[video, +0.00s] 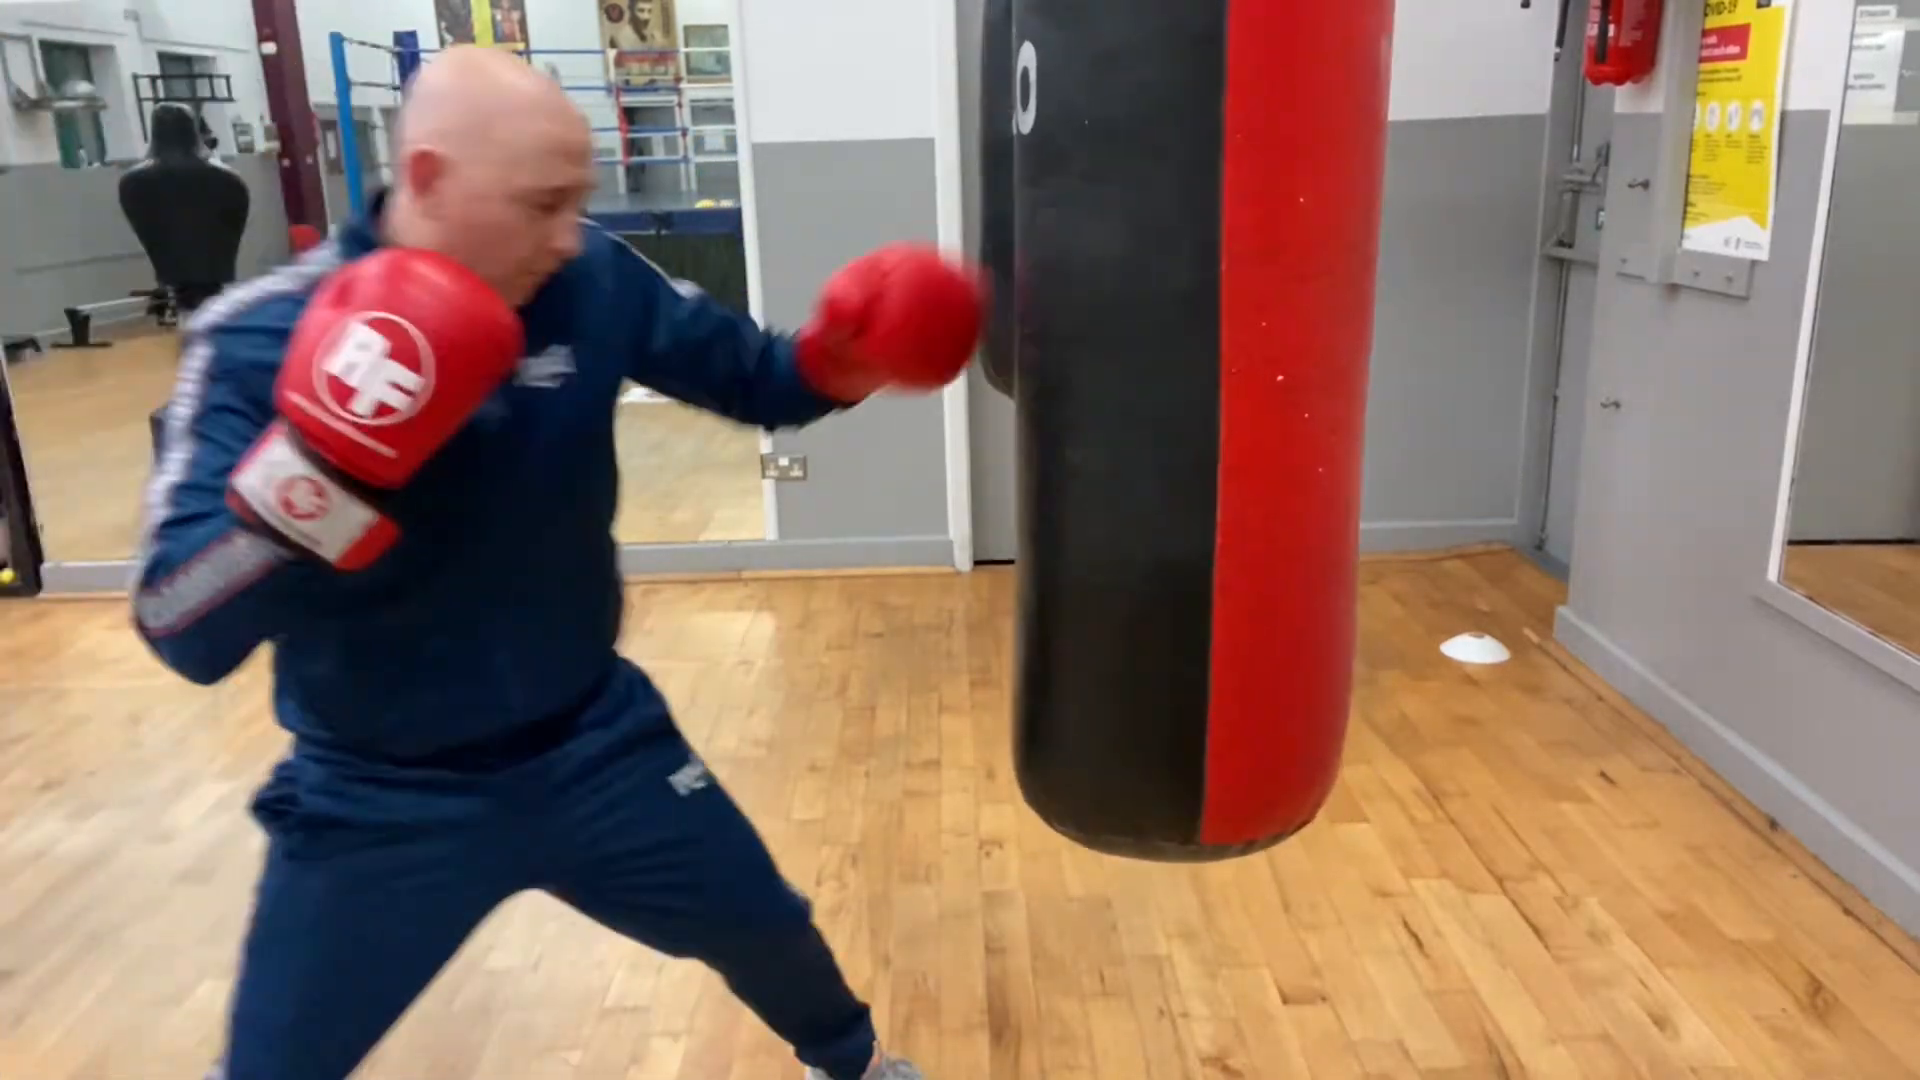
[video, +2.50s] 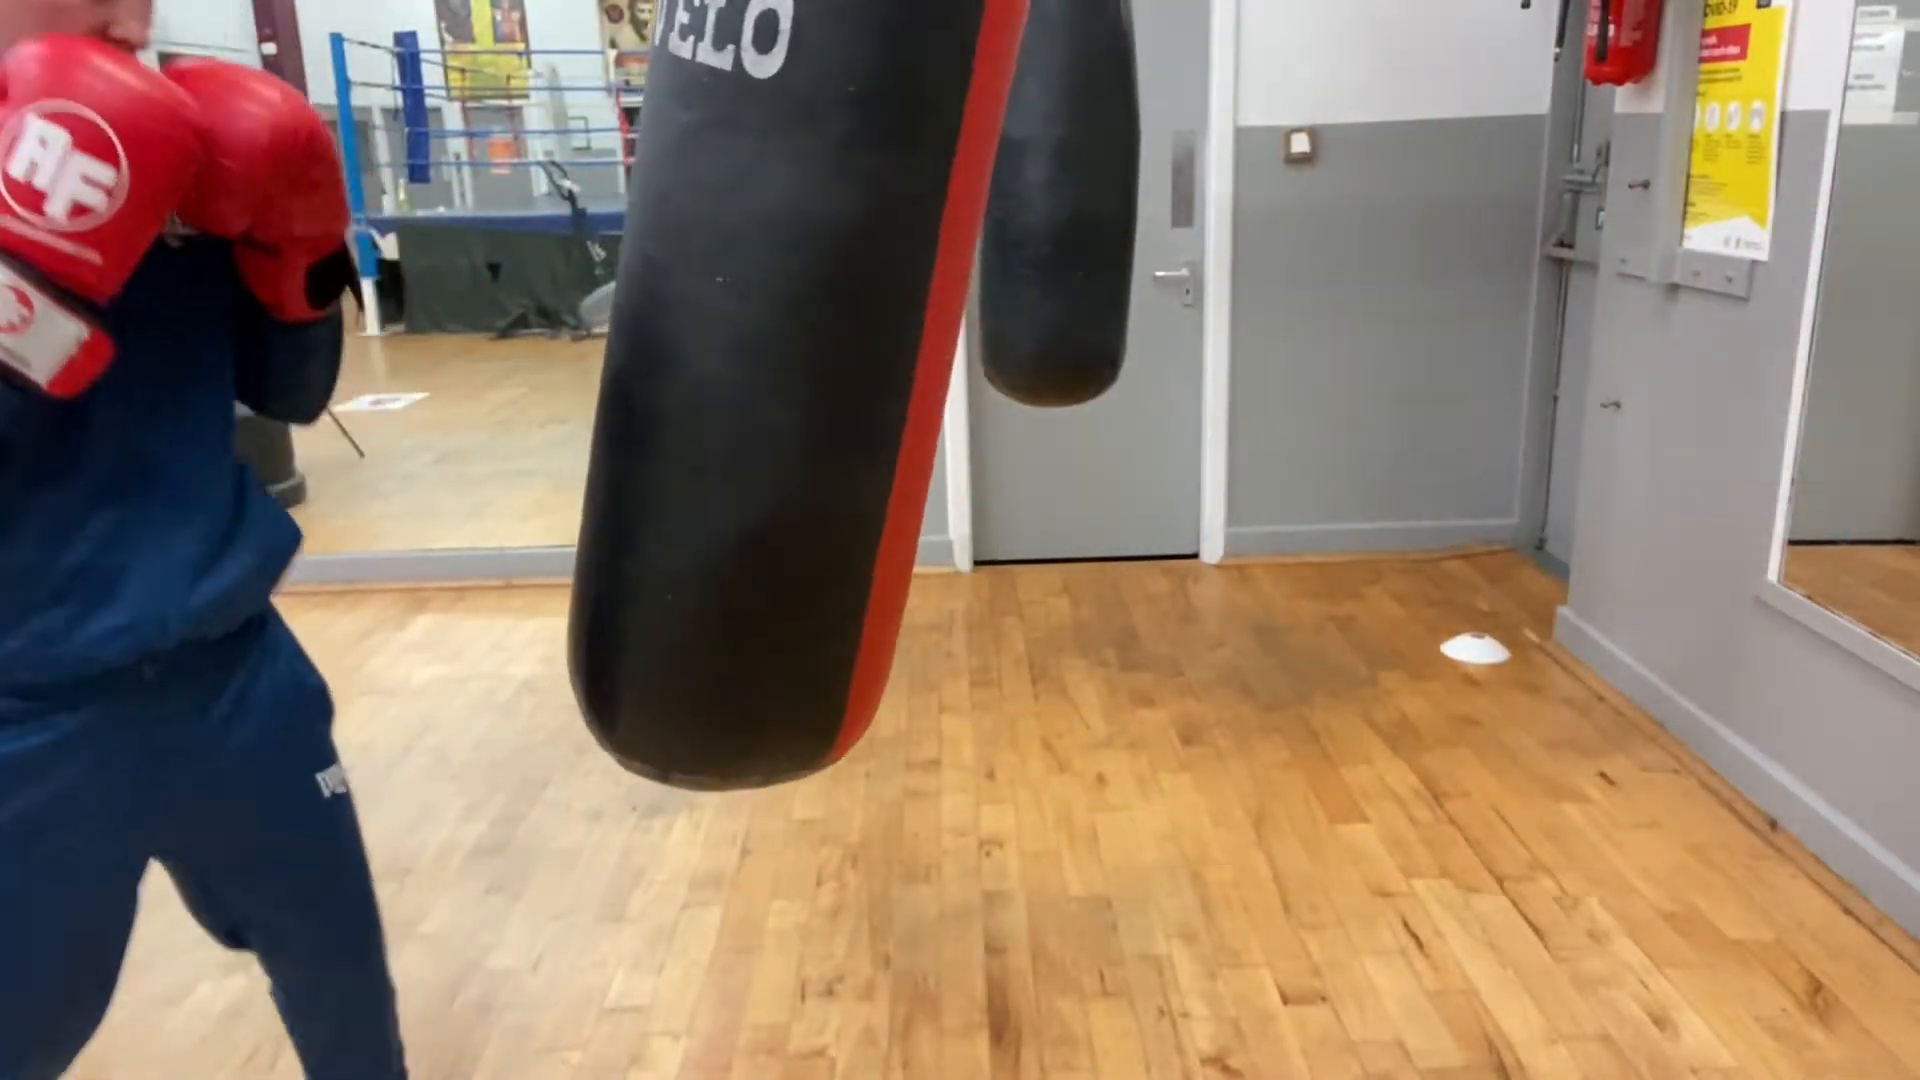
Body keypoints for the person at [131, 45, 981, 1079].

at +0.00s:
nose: (571, 239)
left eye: (579, 204)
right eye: (544, 204)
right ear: (427, 179)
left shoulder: (591, 285)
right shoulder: (258, 342)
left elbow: (758, 380)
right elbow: (183, 631)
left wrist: (850, 352)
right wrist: (323, 461)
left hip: (597, 755)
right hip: (374, 801)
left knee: (765, 931)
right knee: (269, 1072)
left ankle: (858, 1069)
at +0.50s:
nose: (732, 212)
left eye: (736, 178)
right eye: (702, 181)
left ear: (742, 168)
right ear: (578, 165)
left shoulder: (738, 254)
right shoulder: (439, 343)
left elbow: (869, 250)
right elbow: (459, 628)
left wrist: (1010, 189)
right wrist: (598, 432)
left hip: (789, 717)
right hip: (595, 782)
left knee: (972, 899)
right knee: (524, 1070)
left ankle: (936, 982)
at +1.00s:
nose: (1013, 183)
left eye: (1020, 152)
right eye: (988, 151)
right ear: (890, 139)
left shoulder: (956, 271)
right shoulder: (771, 229)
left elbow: (1002, 462)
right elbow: (678, 432)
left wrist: (1056, 338)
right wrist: (866, 317)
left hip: (866, 686)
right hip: (723, 701)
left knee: (1024, 857)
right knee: (669, 1065)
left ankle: (980, 1042)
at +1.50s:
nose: (629, 176)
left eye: (649, 136)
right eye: (598, 138)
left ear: (668, 110)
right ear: (478, 97)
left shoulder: (657, 230)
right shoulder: (324, 251)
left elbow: (745, 448)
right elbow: (321, 559)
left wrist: (787, 355)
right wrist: (477, 399)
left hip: (648, 747)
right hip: (419, 782)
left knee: (801, 994)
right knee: (317, 1069)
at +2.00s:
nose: (189, 113)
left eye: (206, 71)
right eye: (150, 65)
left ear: (223, 59)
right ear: (16, 38)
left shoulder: (201, 230)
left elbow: (327, 485)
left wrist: (340, 353)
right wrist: (46, 402)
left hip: (280, 775)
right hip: (55, 836)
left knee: (409, 1049)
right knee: (57, 1070)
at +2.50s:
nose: (116, 28)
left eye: (127, 14)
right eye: (76, 17)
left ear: (148, 16)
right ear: (0, 25)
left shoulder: (186, 146)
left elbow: (292, 392)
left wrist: (295, 239)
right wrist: (34, 277)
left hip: (233, 675)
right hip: (29, 722)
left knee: (344, 990)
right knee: (23, 1044)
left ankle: (367, 1075)